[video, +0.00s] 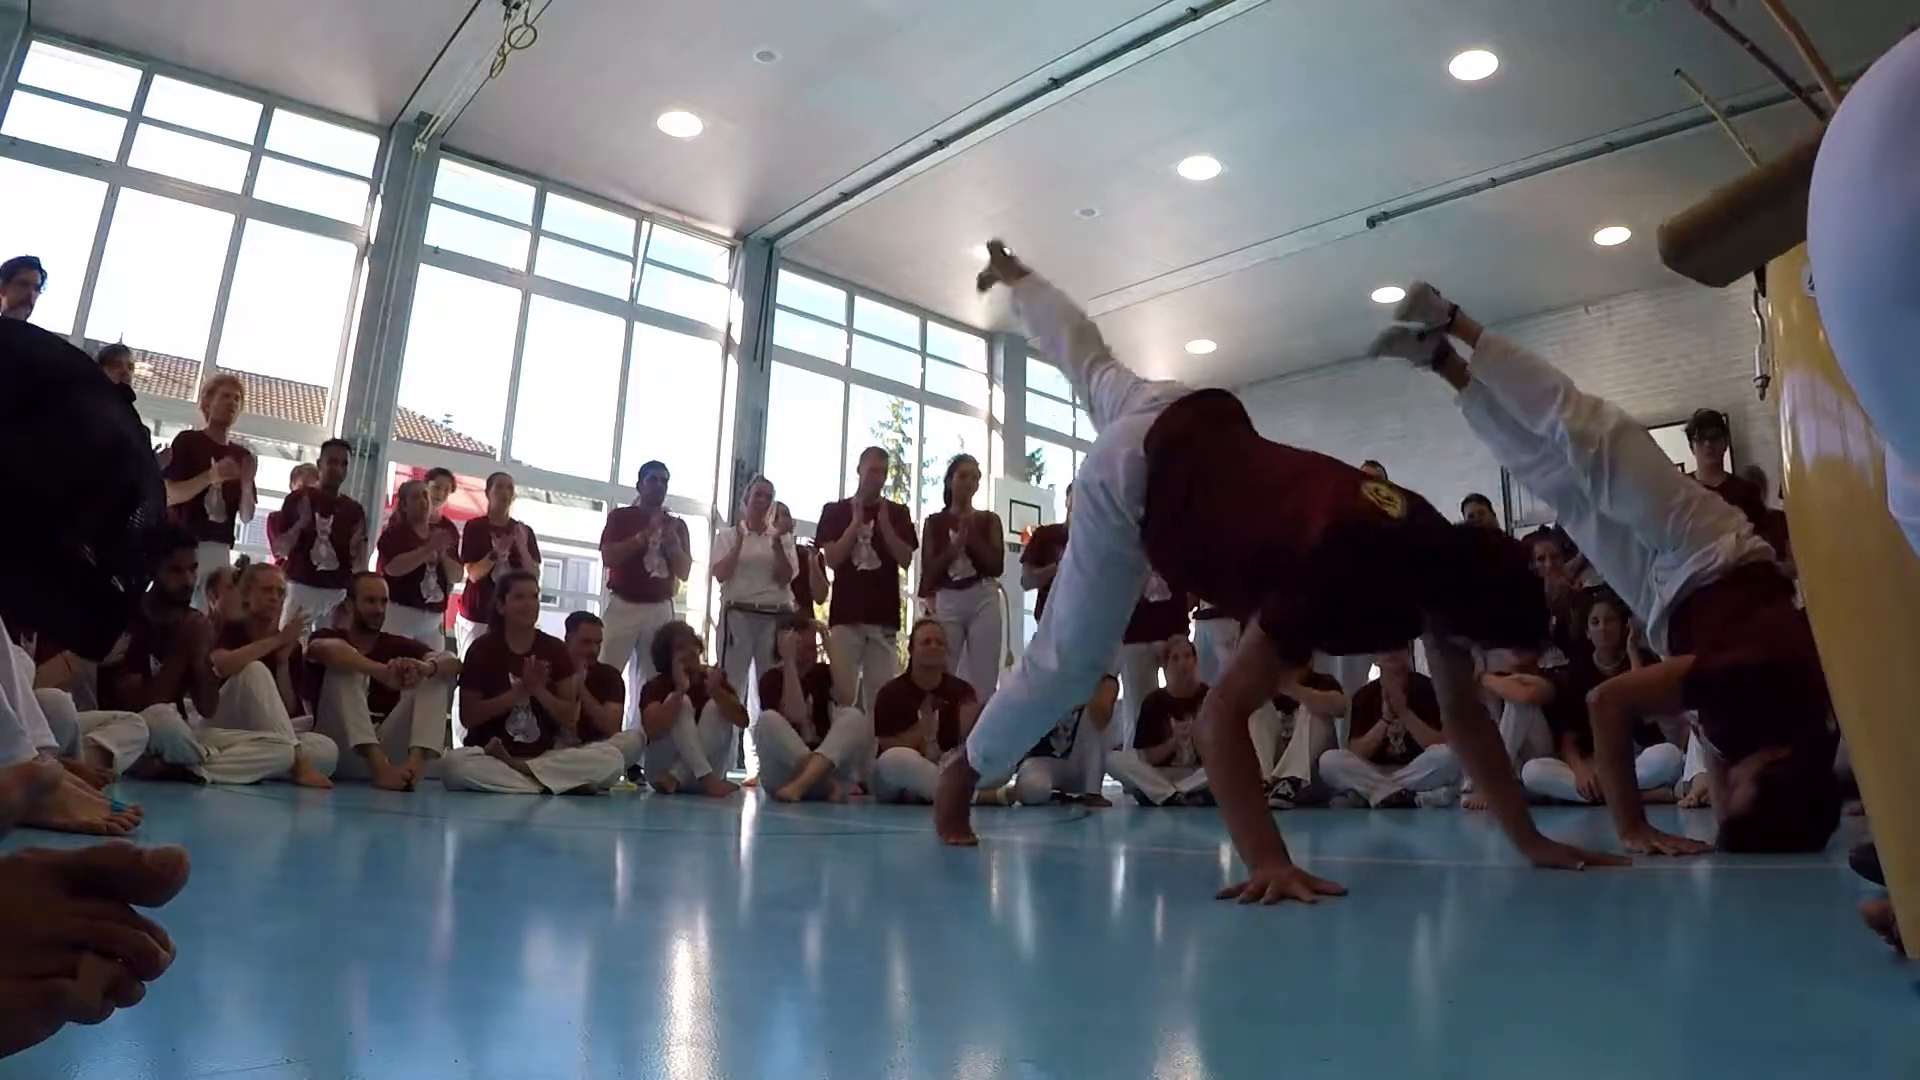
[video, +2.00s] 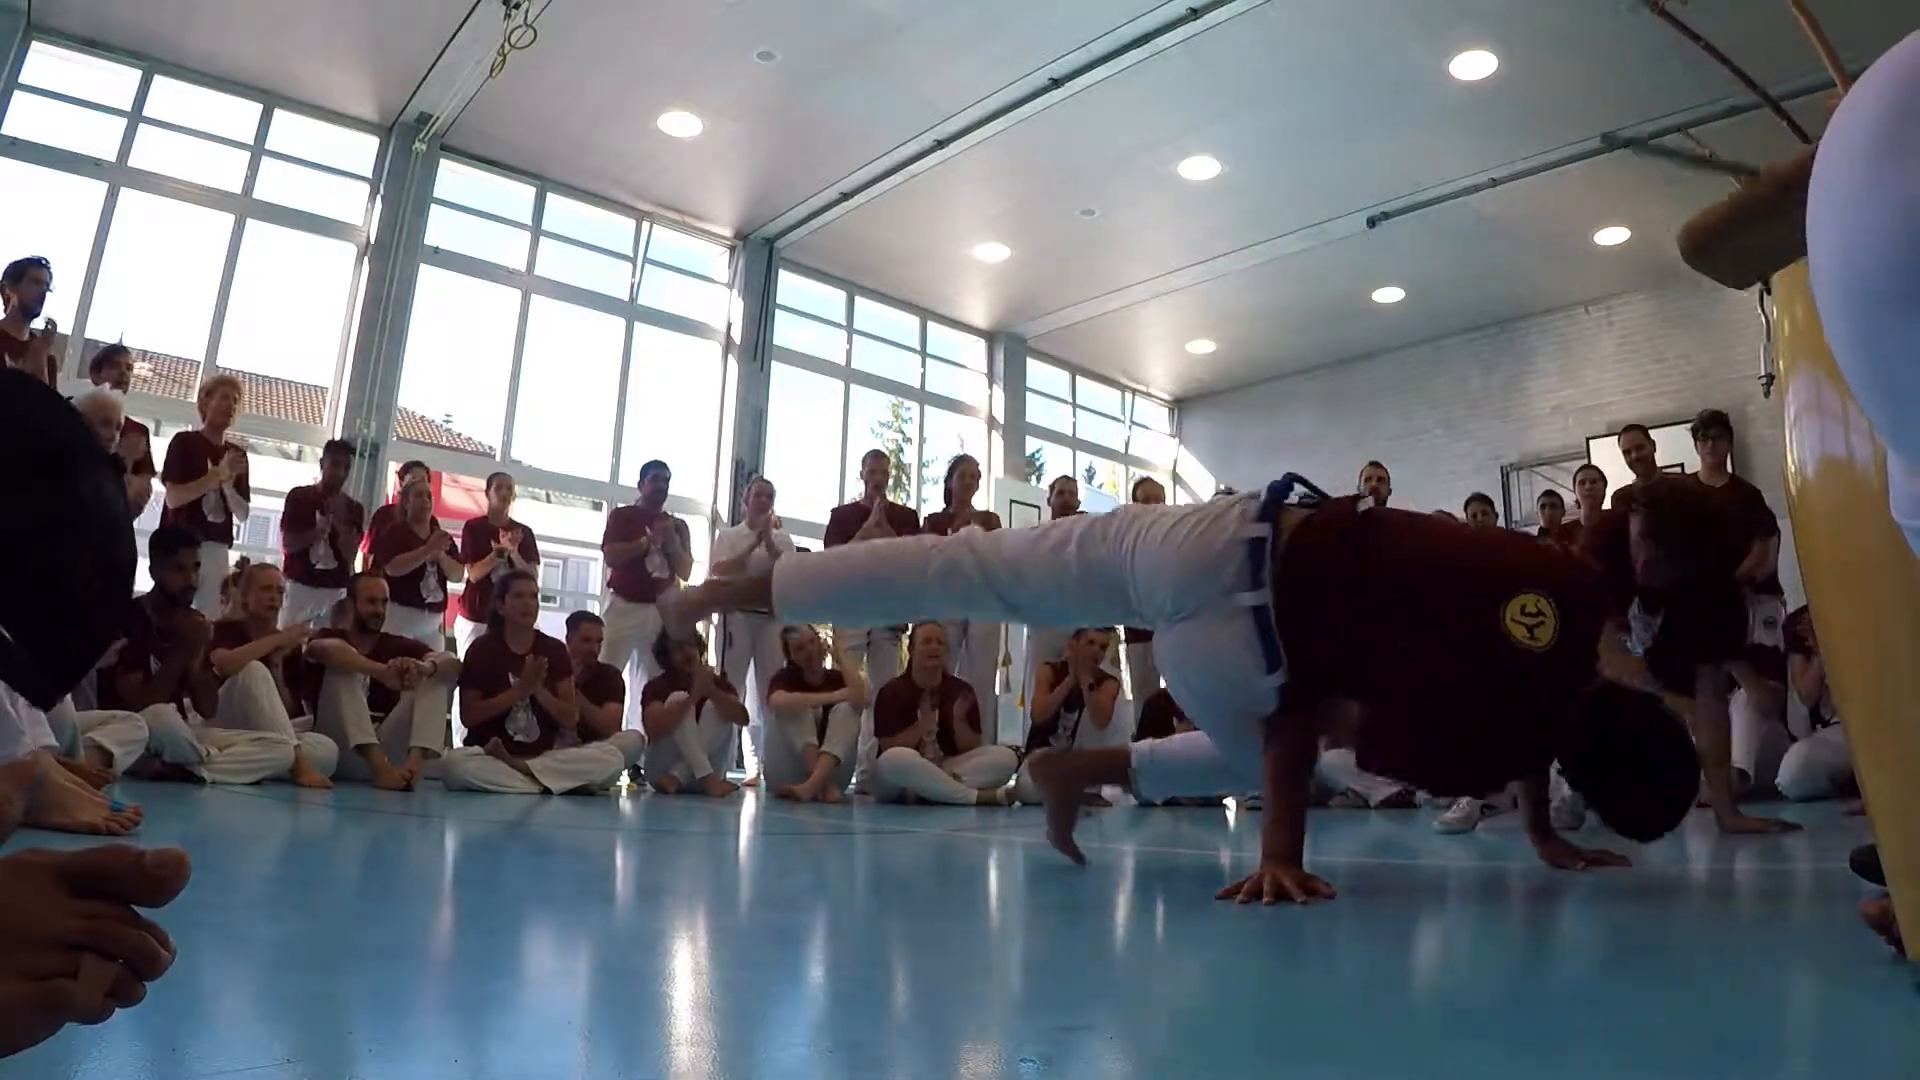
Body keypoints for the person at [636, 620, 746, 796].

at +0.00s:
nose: (691, 651)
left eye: (693, 644)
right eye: (681, 647)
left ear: (699, 647)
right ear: (667, 655)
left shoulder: (714, 678)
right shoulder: (654, 686)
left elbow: (743, 721)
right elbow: (652, 729)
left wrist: (716, 691)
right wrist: (678, 692)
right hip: (663, 772)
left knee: (716, 706)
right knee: (680, 702)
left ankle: (675, 776)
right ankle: (707, 777)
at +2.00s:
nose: (687, 653)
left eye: (690, 645)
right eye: (678, 649)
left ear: (700, 649)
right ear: (665, 657)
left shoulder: (717, 683)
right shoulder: (655, 687)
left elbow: (742, 718)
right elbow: (654, 730)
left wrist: (710, 690)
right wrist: (694, 695)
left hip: (708, 771)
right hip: (665, 771)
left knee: (719, 705)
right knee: (678, 699)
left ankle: (677, 776)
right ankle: (708, 777)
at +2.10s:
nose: (688, 667)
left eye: (694, 658)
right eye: (680, 662)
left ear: (703, 655)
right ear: (664, 662)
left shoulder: (717, 683)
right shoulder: (655, 687)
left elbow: (743, 720)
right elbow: (652, 728)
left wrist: (712, 689)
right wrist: (688, 698)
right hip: (664, 772)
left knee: (720, 704)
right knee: (676, 704)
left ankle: (677, 776)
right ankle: (708, 776)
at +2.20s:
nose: (686, 652)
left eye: (689, 645)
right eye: (677, 649)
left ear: (698, 647)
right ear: (666, 656)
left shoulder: (715, 680)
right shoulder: (655, 687)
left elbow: (740, 716)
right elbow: (654, 731)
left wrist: (721, 695)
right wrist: (685, 696)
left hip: (711, 767)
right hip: (667, 768)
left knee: (714, 708)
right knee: (676, 700)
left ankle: (679, 777)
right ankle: (708, 777)